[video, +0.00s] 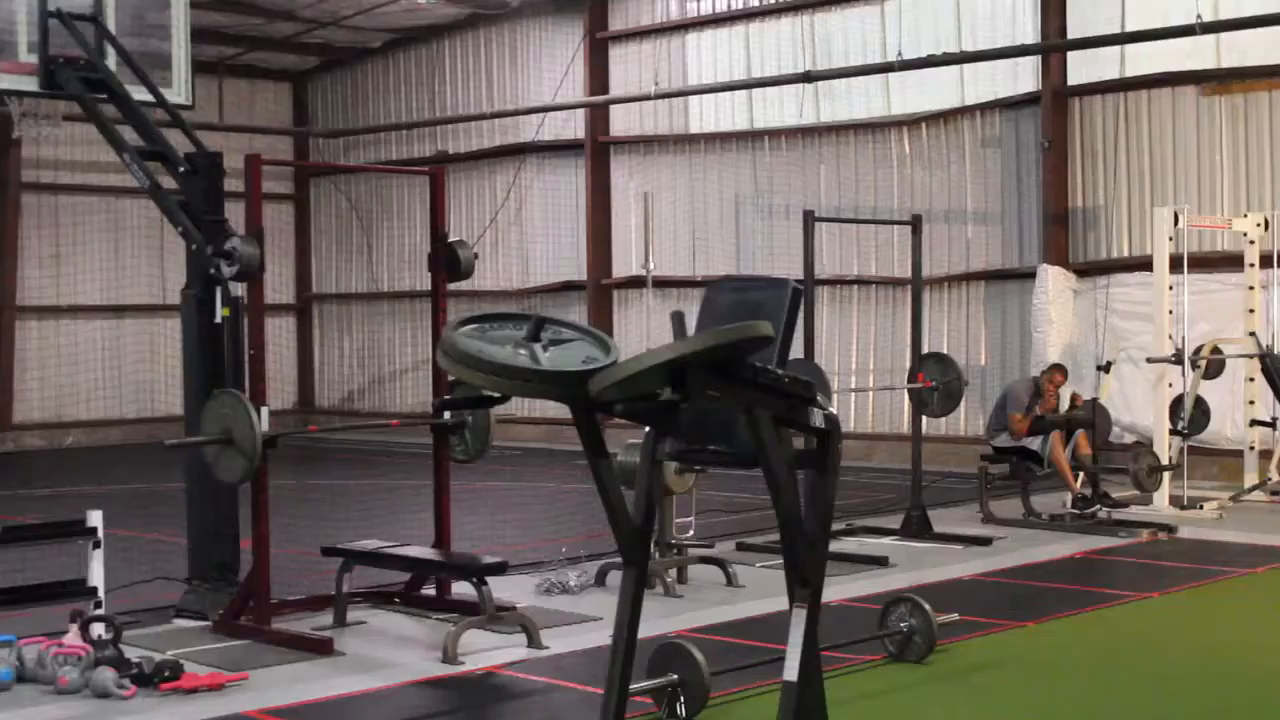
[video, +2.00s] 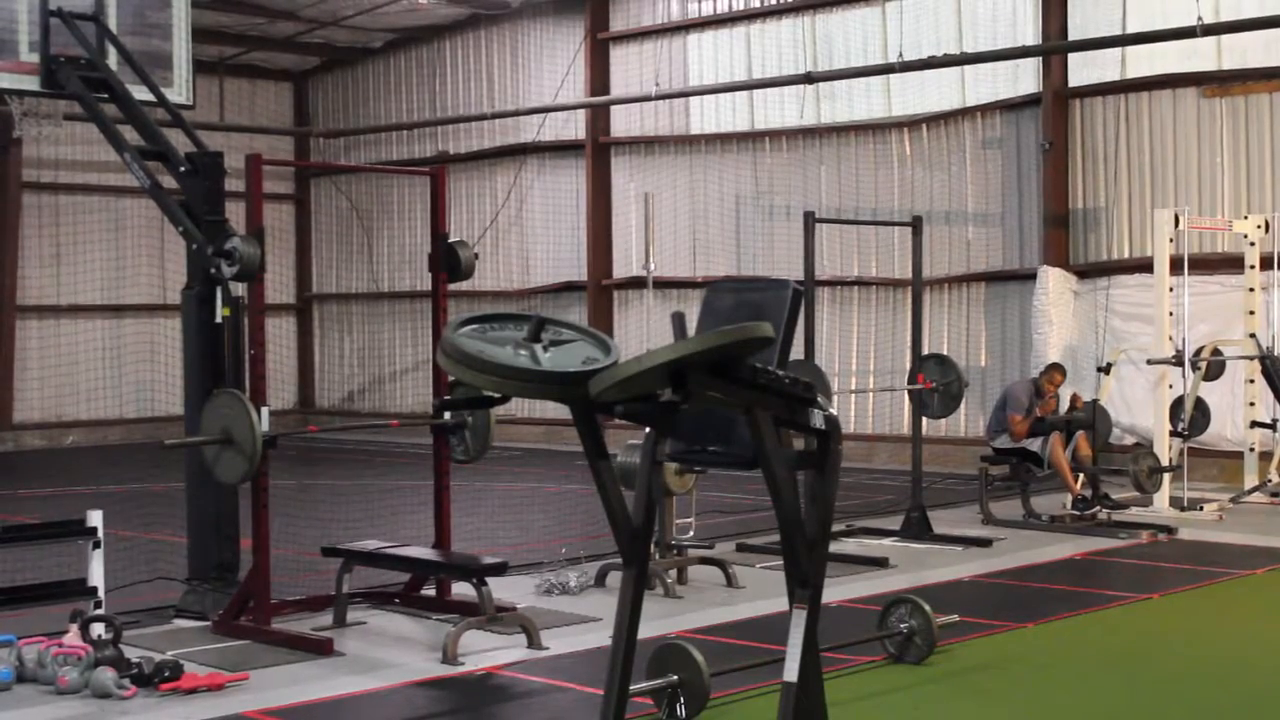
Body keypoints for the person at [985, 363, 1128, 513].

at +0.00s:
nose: (1052, 390)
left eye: (1057, 387)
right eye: (1050, 383)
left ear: (1061, 386)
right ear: (1043, 376)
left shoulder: (1051, 395)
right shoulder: (1019, 390)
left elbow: (1051, 423)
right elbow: (1017, 431)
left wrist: (1071, 409)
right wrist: (1040, 411)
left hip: (1028, 436)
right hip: (1002, 437)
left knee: (1079, 434)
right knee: (1053, 437)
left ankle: (1097, 491)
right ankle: (1076, 495)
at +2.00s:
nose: (1052, 390)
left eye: (1056, 387)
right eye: (1050, 384)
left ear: (1059, 386)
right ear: (1041, 376)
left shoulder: (1050, 395)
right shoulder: (1019, 391)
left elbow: (1052, 426)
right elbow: (1017, 435)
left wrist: (1071, 411)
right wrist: (1039, 413)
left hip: (1028, 438)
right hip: (1002, 439)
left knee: (1079, 435)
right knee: (1053, 440)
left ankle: (1097, 493)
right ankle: (1077, 497)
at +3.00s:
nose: (1053, 390)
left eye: (1057, 387)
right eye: (1050, 384)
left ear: (1060, 386)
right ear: (1041, 376)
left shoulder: (1050, 395)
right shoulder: (1020, 392)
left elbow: (1052, 426)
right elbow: (1017, 435)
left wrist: (1071, 412)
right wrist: (1040, 413)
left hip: (1028, 438)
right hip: (1003, 439)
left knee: (1080, 436)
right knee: (1054, 439)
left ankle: (1098, 493)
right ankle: (1078, 497)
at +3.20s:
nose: (1053, 390)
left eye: (1057, 387)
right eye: (1051, 384)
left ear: (1060, 386)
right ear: (1041, 376)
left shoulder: (1050, 395)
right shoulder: (1020, 392)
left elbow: (1052, 426)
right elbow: (1017, 434)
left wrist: (1072, 412)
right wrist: (1040, 413)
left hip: (1028, 438)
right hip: (1003, 440)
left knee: (1080, 436)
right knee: (1055, 439)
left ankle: (1098, 494)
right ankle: (1078, 498)